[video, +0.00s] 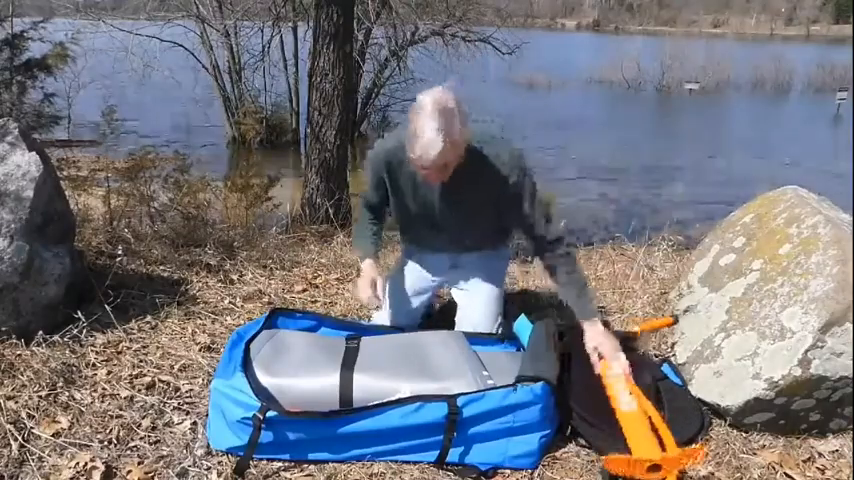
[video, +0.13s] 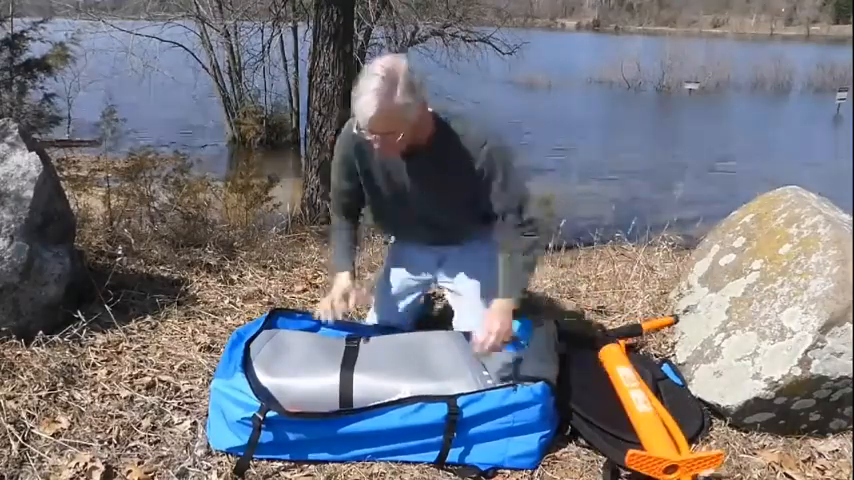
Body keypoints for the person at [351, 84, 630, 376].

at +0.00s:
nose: (433, 177)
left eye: (443, 167)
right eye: (423, 167)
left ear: (462, 142)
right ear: (409, 144)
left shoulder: (501, 163)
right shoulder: (387, 157)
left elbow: (551, 244)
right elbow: (369, 209)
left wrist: (591, 323)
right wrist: (367, 263)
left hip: (482, 261)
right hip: (419, 259)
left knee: (477, 342)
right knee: (384, 333)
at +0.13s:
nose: (376, 145)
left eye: (388, 135)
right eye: (369, 133)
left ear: (422, 114)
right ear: (359, 120)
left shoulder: (477, 144)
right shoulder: (354, 141)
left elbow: (518, 225)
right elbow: (343, 213)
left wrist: (505, 304)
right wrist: (342, 275)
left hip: (474, 250)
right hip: (406, 251)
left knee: (487, 350)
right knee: (378, 342)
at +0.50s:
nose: (335, 153)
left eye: (347, 144)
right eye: (328, 143)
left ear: (380, 125)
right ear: (321, 130)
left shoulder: (429, 149)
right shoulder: (328, 159)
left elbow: (451, 249)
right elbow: (334, 244)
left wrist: (387, 309)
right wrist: (324, 316)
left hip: (460, 238)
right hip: (403, 243)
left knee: (474, 338)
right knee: (382, 340)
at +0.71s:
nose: (355, 116)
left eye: (365, 102)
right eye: (344, 104)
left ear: (391, 84)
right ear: (333, 95)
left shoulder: (444, 120)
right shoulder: (334, 123)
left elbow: (474, 202)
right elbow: (347, 196)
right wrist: (343, 243)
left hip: (458, 233)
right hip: (400, 239)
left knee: (473, 336)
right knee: (374, 340)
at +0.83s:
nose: (372, 137)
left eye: (383, 124)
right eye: (360, 126)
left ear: (405, 101)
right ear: (345, 110)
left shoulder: (444, 130)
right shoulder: (337, 130)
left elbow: (468, 235)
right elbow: (360, 202)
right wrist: (349, 251)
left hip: (456, 243)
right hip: (397, 246)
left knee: (471, 349)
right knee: (374, 347)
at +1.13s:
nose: (369, 161)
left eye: (379, 150)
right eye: (359, 151)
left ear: (404, 127)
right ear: (347, 135)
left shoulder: (446, 144)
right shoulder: (340, 144)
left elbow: (508, 225)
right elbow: (355, 208)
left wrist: (474, 299)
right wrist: (350, 265)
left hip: (464, 250)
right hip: (400, 251)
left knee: (470, 355)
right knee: (374, 342)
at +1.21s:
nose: (361, 129)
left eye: (371, 118)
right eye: (353, 118)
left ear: (404, 96)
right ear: (344, 104)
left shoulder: (455, 122)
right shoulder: (343, 134)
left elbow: (537, 173)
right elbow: (357, 208)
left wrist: (565, 239)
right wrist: (360, 270)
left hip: (461, 245)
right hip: (398, 247)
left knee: (471, 351)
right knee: (378, 347)